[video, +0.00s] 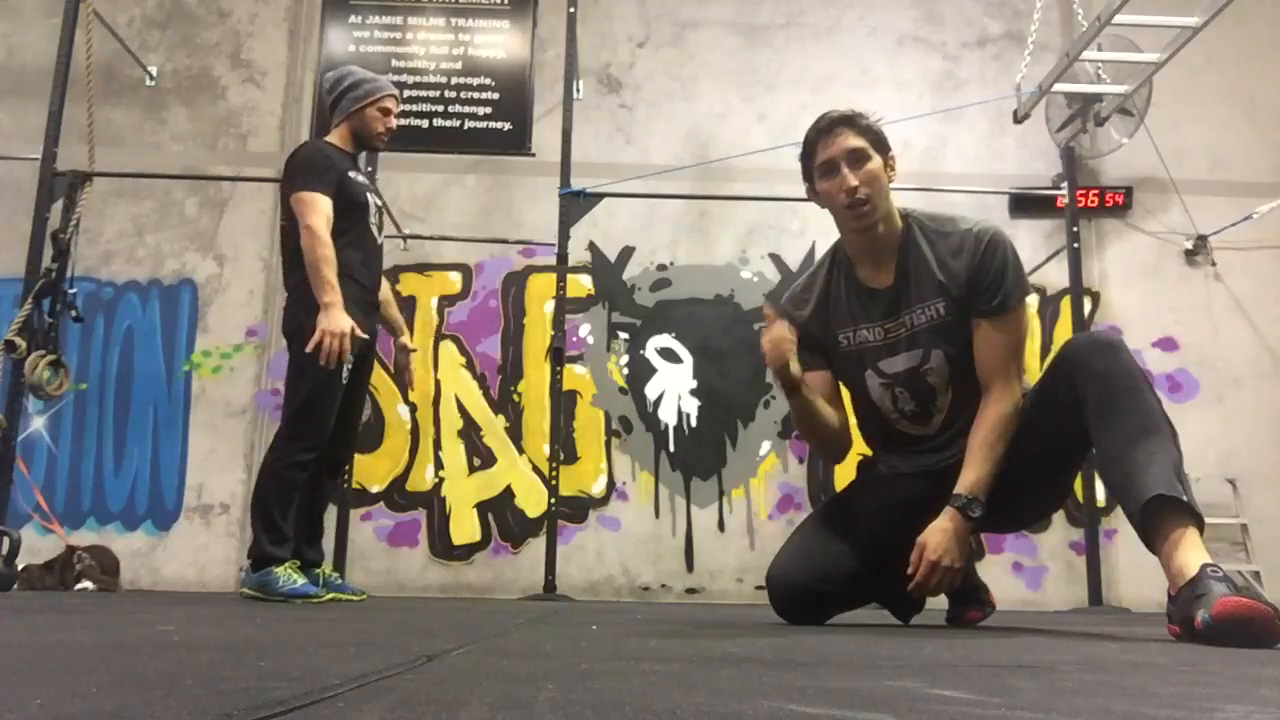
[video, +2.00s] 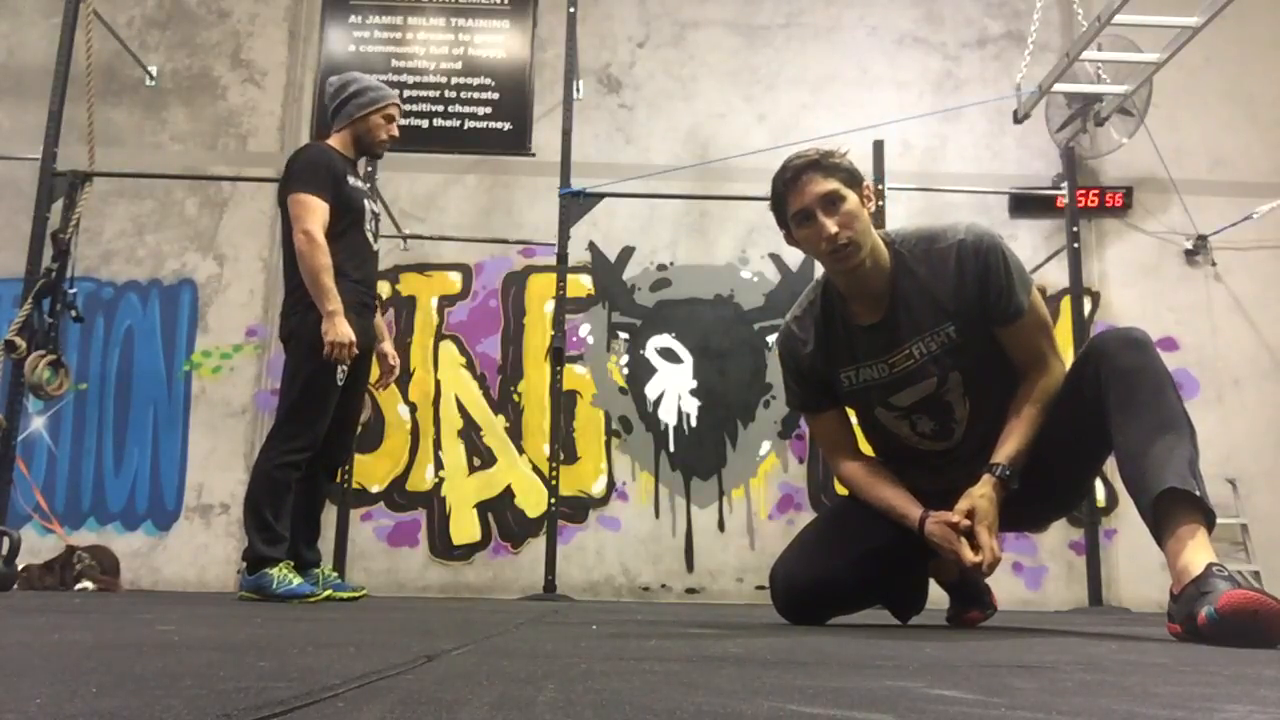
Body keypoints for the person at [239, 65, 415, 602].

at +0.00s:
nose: (392, 123)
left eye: (395, 114)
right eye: (383, 112)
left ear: (376, 118)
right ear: (350, 109)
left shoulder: (356, 173)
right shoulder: (314, 157)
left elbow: (366, 264)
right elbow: (313, 233)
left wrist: (398, 324)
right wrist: (331, 307)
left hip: (356, 324)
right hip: (321, 319)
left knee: (331, 448)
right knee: (303, 440)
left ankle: (305, 563)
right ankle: (267, 565)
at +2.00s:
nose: (394, 129)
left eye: (396, 120)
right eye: (387, 118)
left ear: (365, 123)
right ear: (354, 116)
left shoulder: (353, 177)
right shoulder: (314, 161)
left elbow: (357, 266)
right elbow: (307, 237)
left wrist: (380, 333)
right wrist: (332, 314)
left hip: (350, 328)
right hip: (318, 324)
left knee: (326, 449)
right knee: (295, 440)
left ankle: (303, 563)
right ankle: (262, 565)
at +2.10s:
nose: (396, 124)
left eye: (396, 115)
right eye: (388, 114)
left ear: (363, 120)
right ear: (356, 114)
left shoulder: (355, 176)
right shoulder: (317, 161)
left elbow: (358, 266)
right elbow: (308, 238)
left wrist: (379, 333)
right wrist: (331, 315)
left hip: (350, 329)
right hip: (318, 325)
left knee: (325, 450)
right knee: (295, 441)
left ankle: (303, 563)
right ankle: (263, 565)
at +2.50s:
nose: (389, 115)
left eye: (387, 107)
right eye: (379, 106)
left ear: (359, 116)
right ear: (347, 112)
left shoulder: (354, 175)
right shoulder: (319, 161)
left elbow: (360, 269)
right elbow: (314, 240)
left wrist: (384, 336)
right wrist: (340, 316)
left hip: (348, 330)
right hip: (319, 325)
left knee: (323, 452)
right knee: (295, 442)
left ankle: (302, 564)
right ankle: (263, 566)